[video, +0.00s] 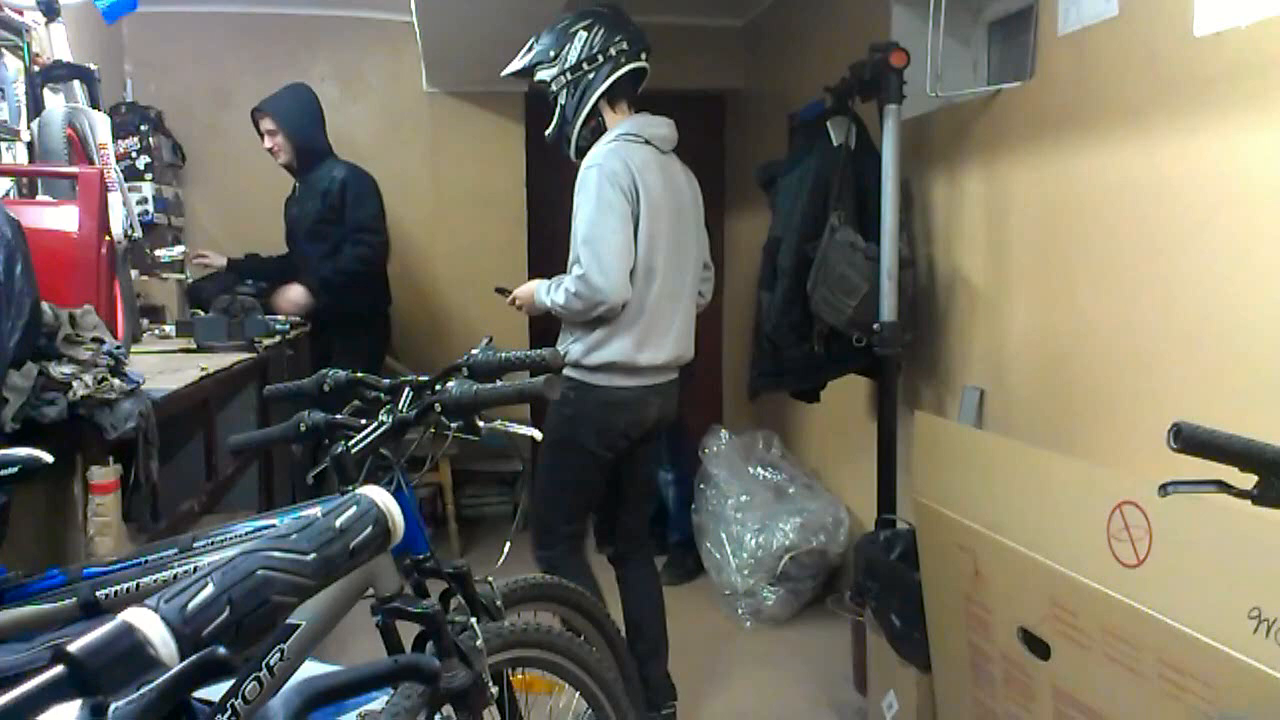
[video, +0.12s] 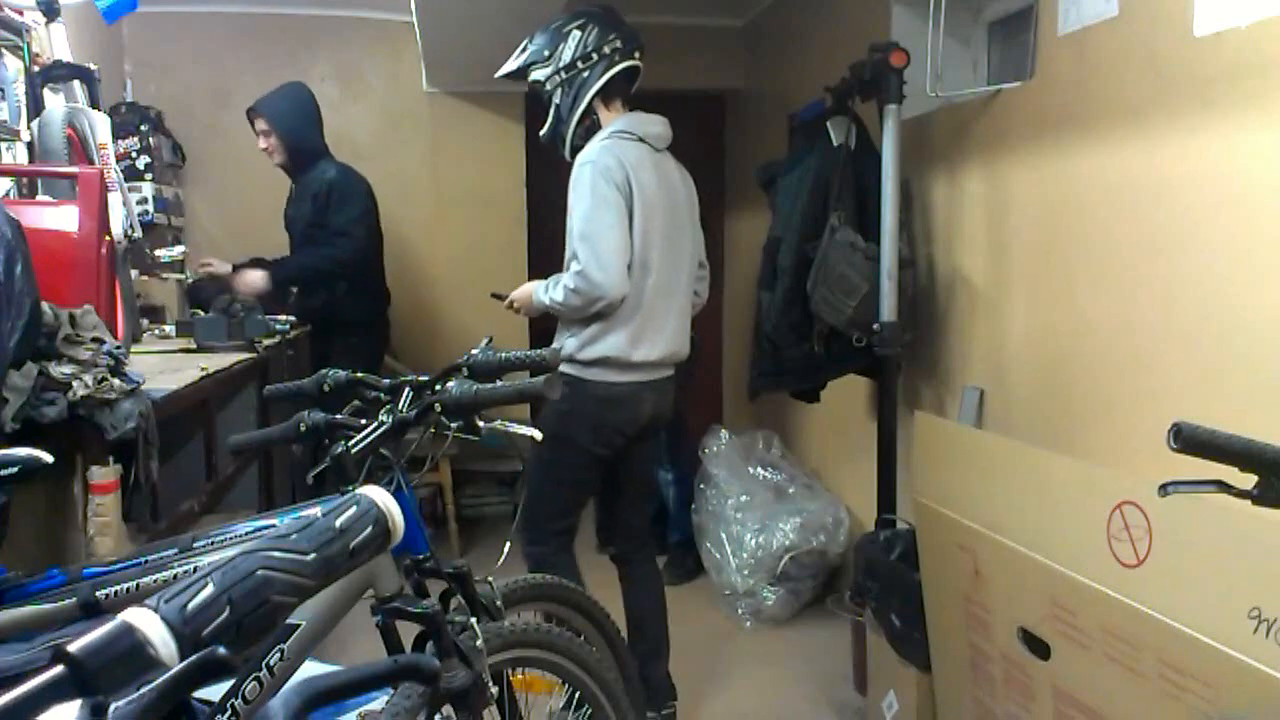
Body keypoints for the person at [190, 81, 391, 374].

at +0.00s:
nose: (267, 145)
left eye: (273, 134)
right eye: (263, 137)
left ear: (300, 128)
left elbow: (368, 255)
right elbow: (298, 264)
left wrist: (310, 289)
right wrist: (231, 265)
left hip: (358, 329)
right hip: (318, 329)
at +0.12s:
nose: (262, 146)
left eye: (268, 134)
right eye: (258, 136)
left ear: (294, 129)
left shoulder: (343, 184)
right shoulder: (299, 194)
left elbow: (347, 256)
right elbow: (303, 263)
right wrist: (236, 271)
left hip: (352, 334)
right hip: (319, 332)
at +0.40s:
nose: (235, 156)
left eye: (237, 144)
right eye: (232, 145)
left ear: (261, 140)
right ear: (266, 139)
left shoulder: (308, 192)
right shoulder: (300, 188)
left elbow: (270, 272)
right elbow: (275, 268)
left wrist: (194, 253)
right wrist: (221, 275)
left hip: (357, 340)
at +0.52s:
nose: (225, 169)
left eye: (228, 156)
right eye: (224, 158)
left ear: (248, 151)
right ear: (267, 143)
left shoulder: (292, 200)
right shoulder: (309, 186)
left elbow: (253, 278)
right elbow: (266, 271)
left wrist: (178, 260)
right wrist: (196, 263)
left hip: (356, 343)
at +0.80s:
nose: (218, 200)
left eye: (218, 190)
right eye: (215, 191)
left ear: (233, 188)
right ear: (260, 170)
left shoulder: (283, 226)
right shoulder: (298, 201)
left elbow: (213, 295)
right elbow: (249, 253)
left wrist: (164, 270)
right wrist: (189, 238)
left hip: (361, 344)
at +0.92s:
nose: (216, 208)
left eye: (217, 198)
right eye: (213, 199)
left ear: (233, 195)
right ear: (261, 177)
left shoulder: (282, 236)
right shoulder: (293, 210)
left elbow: (220, 303)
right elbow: (247, 262)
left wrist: (164, 270)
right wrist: (186, 246)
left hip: (368, 345)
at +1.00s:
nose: (215, 213)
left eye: (215, 204)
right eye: (212, 205)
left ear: (234, 200)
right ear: (261, 182)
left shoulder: (279, 241)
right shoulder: (293, 212)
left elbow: (230, 305)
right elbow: (245, 264)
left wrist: (164, 272)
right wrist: (185, 256)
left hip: (372, 341)